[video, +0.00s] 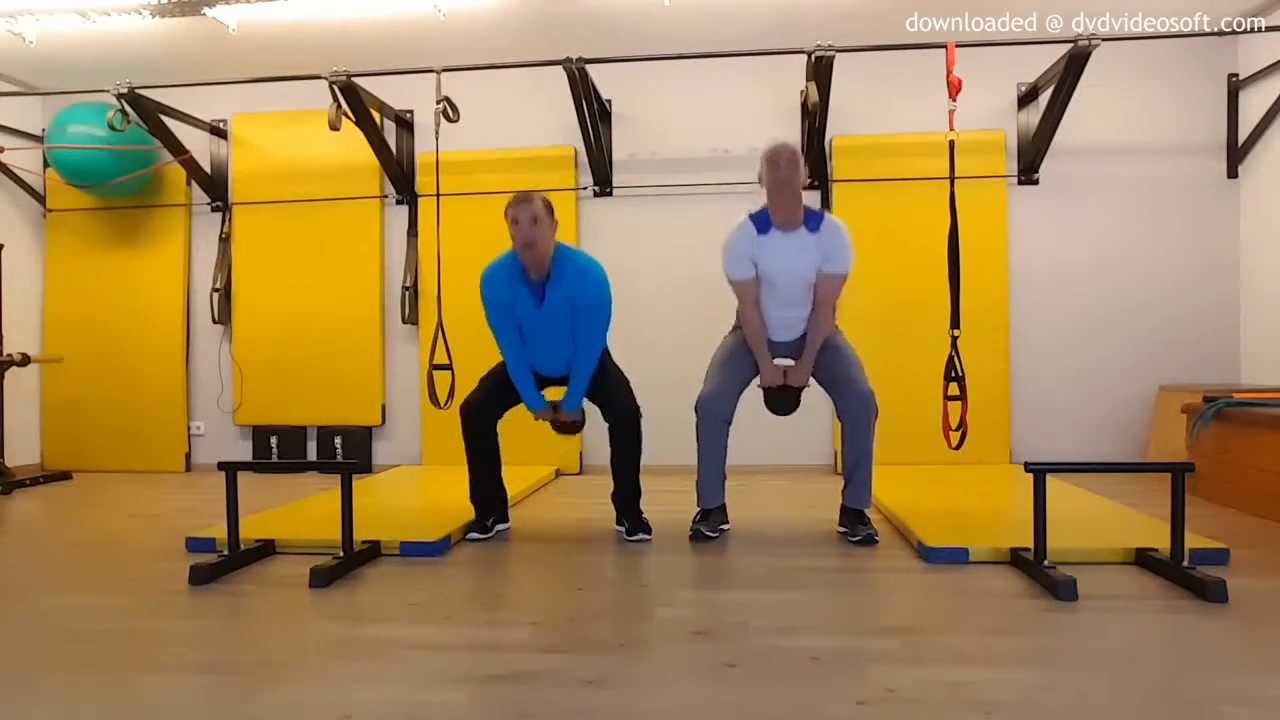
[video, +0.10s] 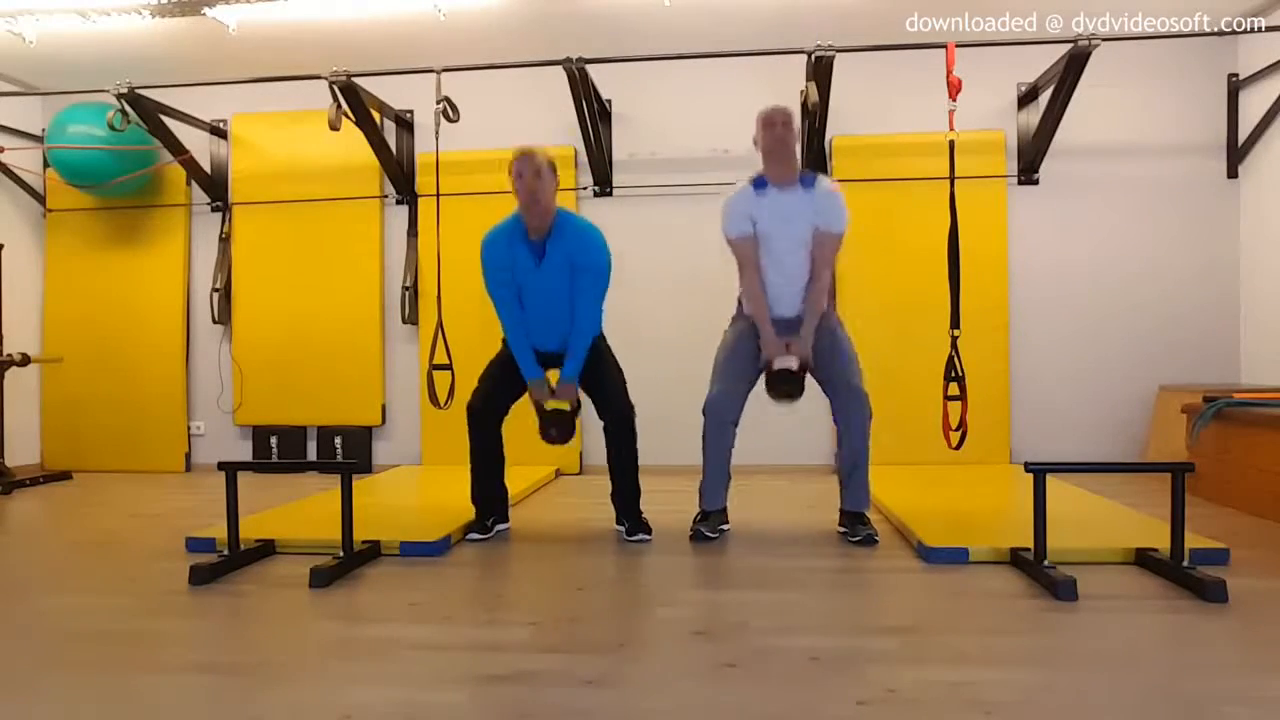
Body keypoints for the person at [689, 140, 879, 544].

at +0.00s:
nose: (785, 171)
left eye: (792, 165)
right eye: (776, 165)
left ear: (805, 177)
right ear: (761, 179)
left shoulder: (831, 233)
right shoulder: (742, 239)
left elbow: (824, 310)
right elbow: (748, 310)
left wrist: (806, 364)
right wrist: (765, 363)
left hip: (816, 337)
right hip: (754, 338)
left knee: (860, 401)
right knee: (711, 402)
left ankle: (854, 510)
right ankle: (712, 509)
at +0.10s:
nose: (779, 128)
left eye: (786, 123)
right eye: (770, 124)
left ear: (798, 136)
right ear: (756, 140)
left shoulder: (827, 196)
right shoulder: (740, 203)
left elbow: (821, 276)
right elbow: (749, 277)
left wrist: (807, 335)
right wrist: (767, 335)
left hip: (815, 317)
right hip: (756, 318)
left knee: (854, 404)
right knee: (719, 406)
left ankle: (854, 512)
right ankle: (712, 510)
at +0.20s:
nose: (774, 116)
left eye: (781, 110)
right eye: (766, 110)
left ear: (792, 122)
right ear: (753, 124)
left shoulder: (819, 170)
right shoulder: (740, 175)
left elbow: (820, 224)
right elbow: (750, 229)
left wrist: (804, 277)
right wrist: (771, 281)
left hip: (813, 307)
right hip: (756, 309)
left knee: (844, 407)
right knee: (727, 407)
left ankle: (854, 512)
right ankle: (713, 510)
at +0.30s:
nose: (773, 130)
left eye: (779, 124)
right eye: (765, 125)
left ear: (791, 135)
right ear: (753, 137)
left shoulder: (814, 169)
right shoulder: (741, 178)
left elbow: (823, 186)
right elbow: (741, 192)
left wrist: (800, 195)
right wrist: (777, 197)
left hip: (811, 300)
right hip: (755, 302)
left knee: (835, 405)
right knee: (735, 406)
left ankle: (852, 511)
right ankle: (714, 508)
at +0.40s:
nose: (785, 146)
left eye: (793, 140)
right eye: (780, 139)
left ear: (806, 138)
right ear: (764, 133)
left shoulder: (817, 177)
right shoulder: (744, 178)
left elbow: (823, 180)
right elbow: (739, 185)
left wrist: (810, 134)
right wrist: (759, 148)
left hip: (813, 299)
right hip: (756, 301)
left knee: (838, 404)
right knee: (735, 406)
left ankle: (852, 511)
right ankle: (714, 508)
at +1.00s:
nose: (779, 117)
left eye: (785, 111)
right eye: (770, 111)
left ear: (797, 122)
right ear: (758, 125)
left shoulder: (820, 166)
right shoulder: (745, 172)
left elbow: (828, 180)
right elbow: (740, 183)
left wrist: (800, 179)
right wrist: (777, 182)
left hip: (814, 313)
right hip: (755, 315)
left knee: (847, 407)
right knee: (723, 411)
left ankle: (852, 512)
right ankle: (714, 509)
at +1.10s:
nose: (779, 128)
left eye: (786, 123)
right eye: (771, 123)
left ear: (798, 136)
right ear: (758, 138)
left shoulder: (822, 184)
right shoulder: (741, 192)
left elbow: (823, 229)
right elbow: (751, 232)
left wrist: (811, 272)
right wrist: (770, 273)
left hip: (813, 323)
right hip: (754, 324)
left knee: (851, 409)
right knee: (716, 410)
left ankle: (853, 512)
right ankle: (713, 510)